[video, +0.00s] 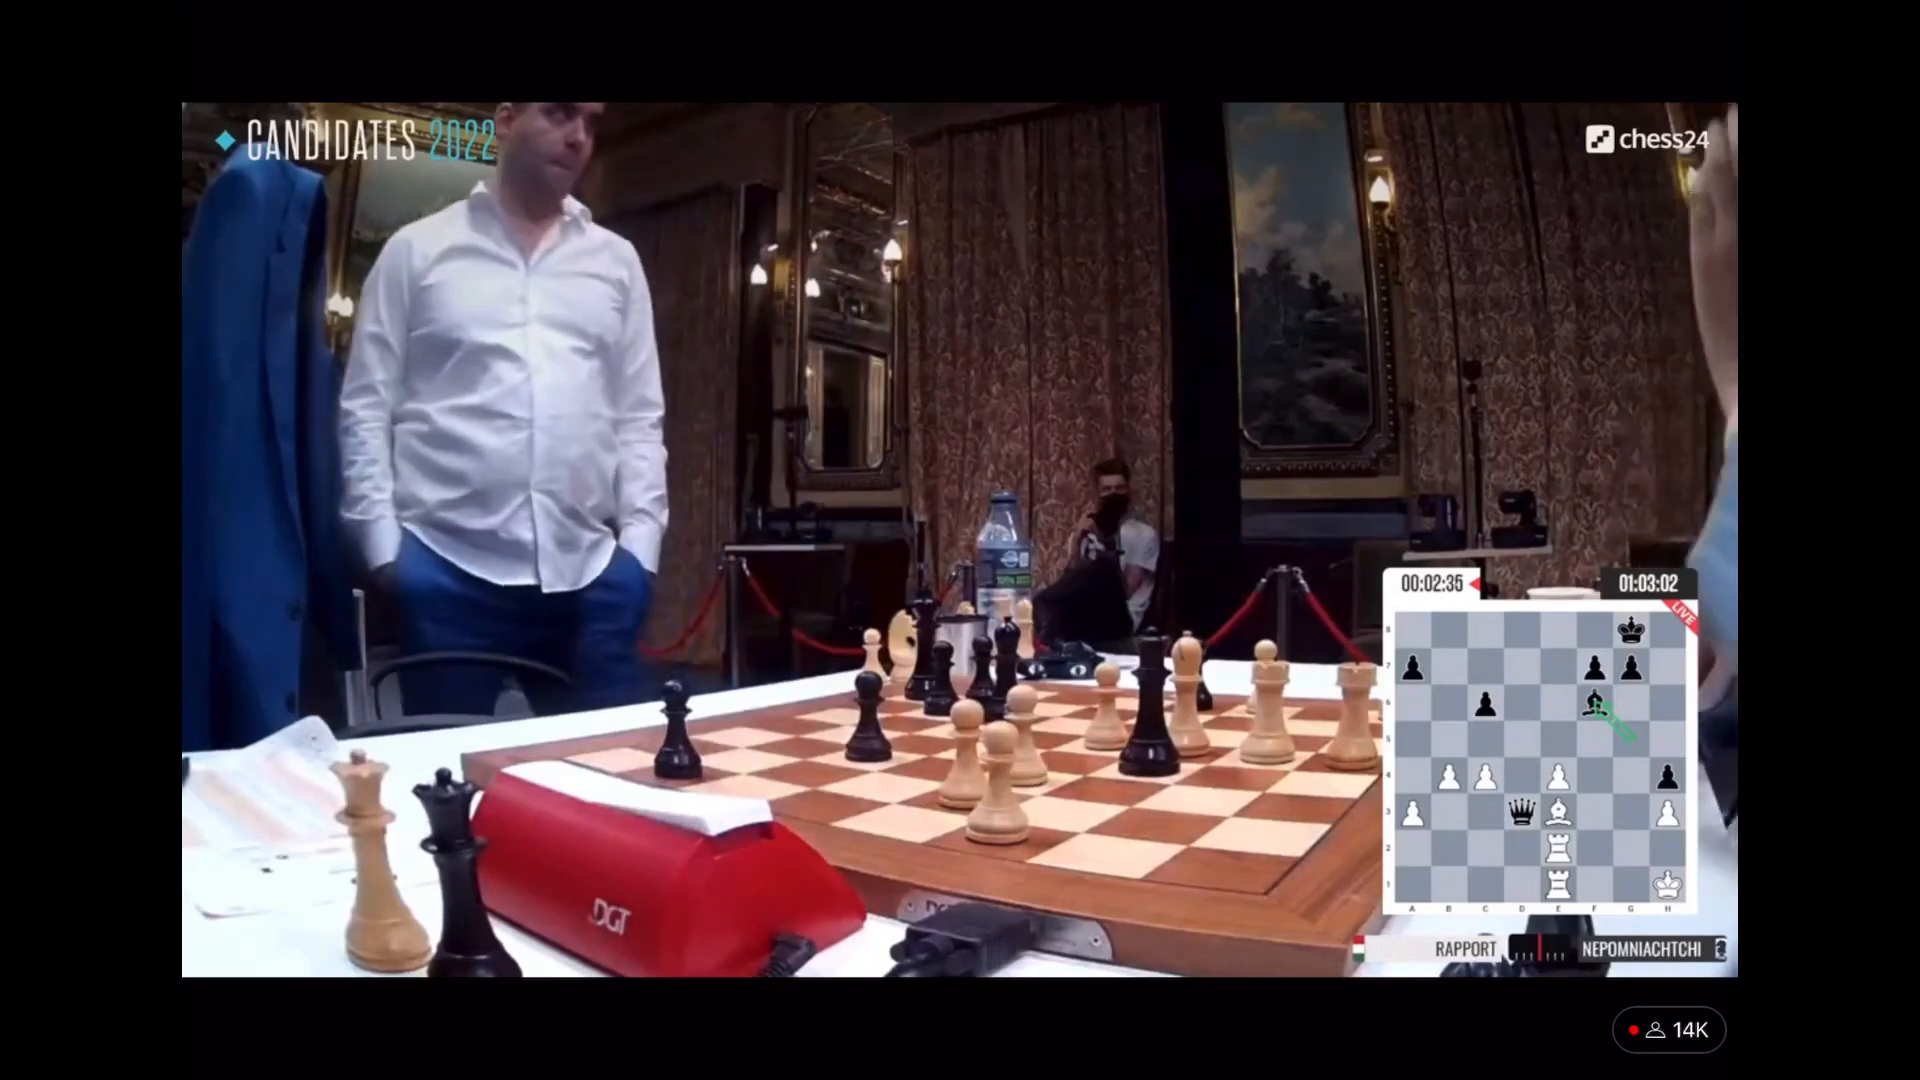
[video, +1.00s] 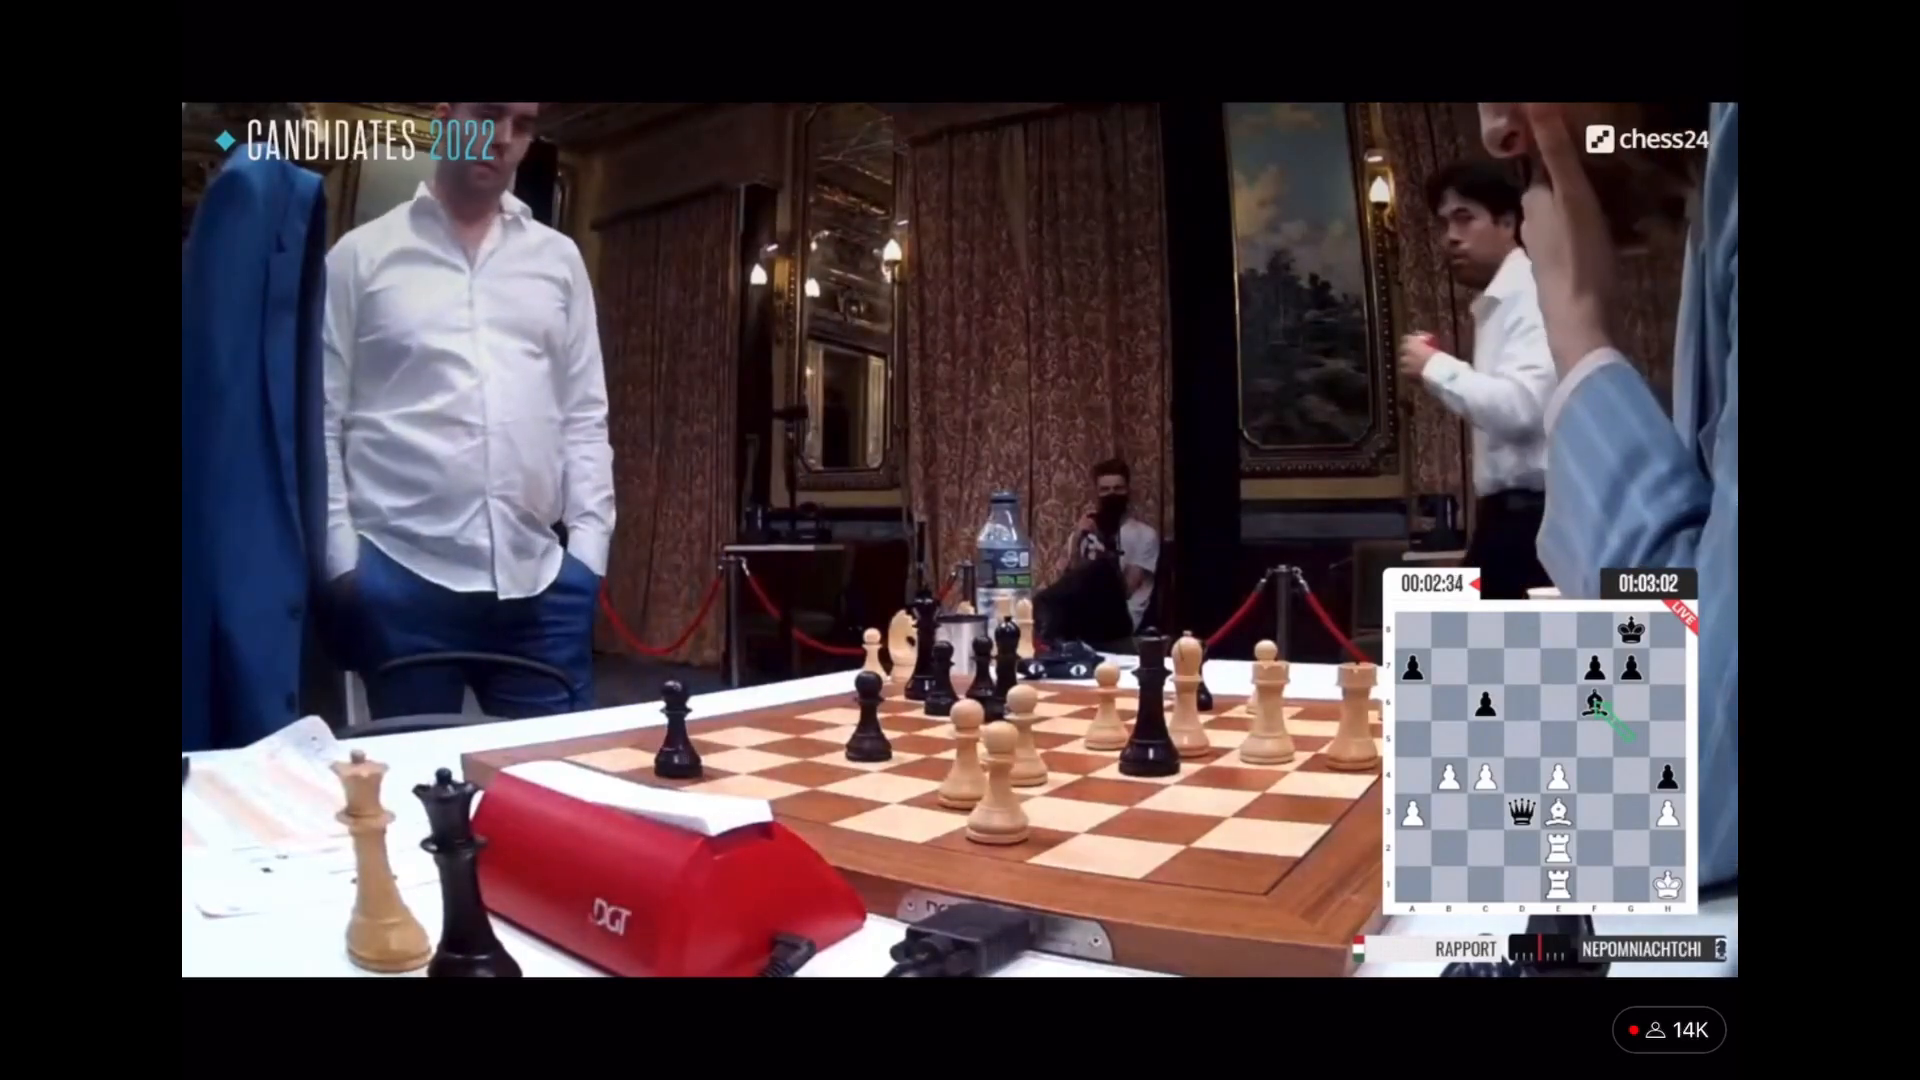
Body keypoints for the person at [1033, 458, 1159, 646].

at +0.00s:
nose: (1114, 495)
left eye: (1119, 488)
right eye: (1106, 489)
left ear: (1128, 489)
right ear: (1097, 492)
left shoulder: (1143, 534)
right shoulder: (1090, 529)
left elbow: (1127, 589)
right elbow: (1073, 578)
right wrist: (1076, 537)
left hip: (1122, 621)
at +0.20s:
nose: (1113, 495)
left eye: (1119, 488)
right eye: (1106, 489)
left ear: (1128, 490)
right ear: (1097, 492)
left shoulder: (1143, 534)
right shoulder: (1090, 529)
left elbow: (1127, 589)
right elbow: (1073, 577)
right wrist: (1076, 537)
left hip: (1123, 619)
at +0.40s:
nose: (1113, 495)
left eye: (1119, 489)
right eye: (1105, 490)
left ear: (1128, 490)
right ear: (1096, 492)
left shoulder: (1144, 534)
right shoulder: (1090, 529)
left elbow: (1127, 589)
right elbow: (1072, 577)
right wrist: (1076, 536)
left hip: (1123, 619)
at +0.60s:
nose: (1112, 495)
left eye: (1119, 489)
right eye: (1105, 489)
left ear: (1128, 490)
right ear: (1096, 492)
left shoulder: (1144, 534)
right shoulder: (1089, 528)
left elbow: (1127, 589)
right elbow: (1072, 576)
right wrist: (1076, 536)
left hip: (1123, 619)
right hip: (1087, 609)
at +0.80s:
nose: (1112, 495)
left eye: (1119, 489)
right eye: (1105, 490)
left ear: (1128, 491)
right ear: (1096, 493)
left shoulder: (1145, 535)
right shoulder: (1087, 530)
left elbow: (1127, 589)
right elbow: (1069, 578)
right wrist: (1077, 535)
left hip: (1123, 621)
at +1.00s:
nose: (1112, 495)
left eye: (1118, 489)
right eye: (1104, 490)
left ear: (1127, 491)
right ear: (1096, 492)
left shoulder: (1145, 535)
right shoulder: (1086, 530)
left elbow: (1126, 589)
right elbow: (1069, 578)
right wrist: (1076, 535)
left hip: (1123, 621)